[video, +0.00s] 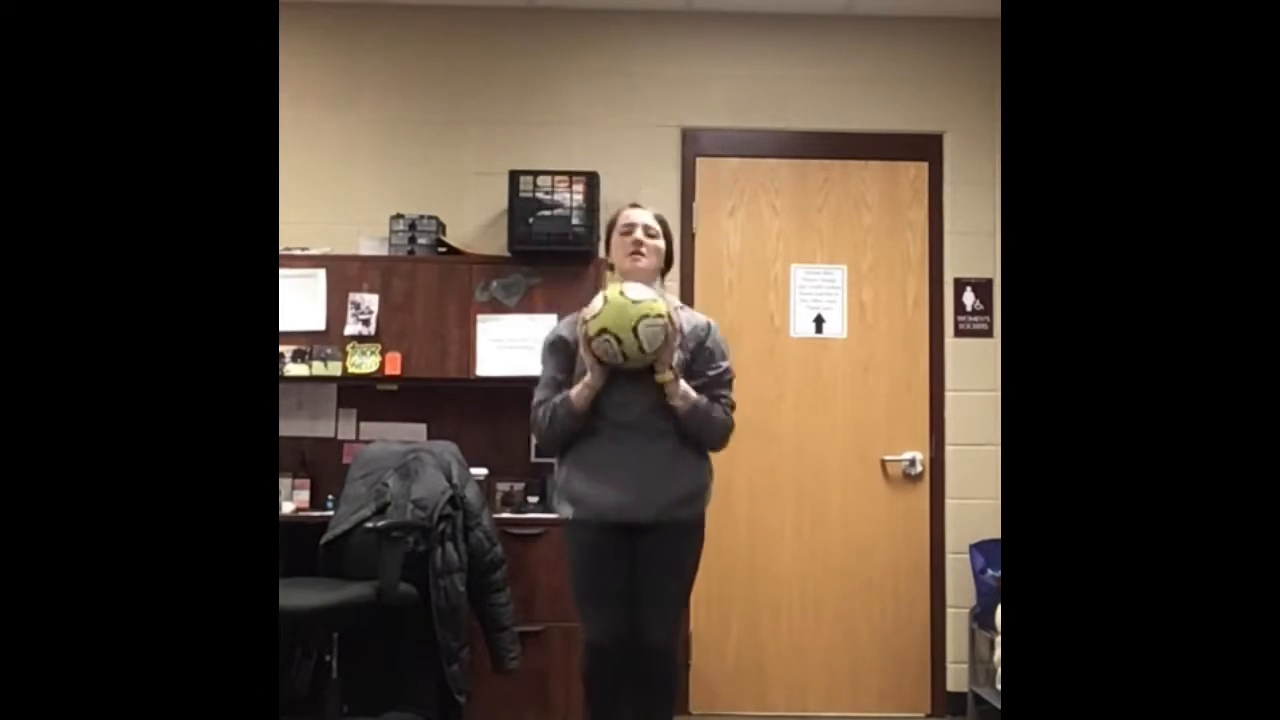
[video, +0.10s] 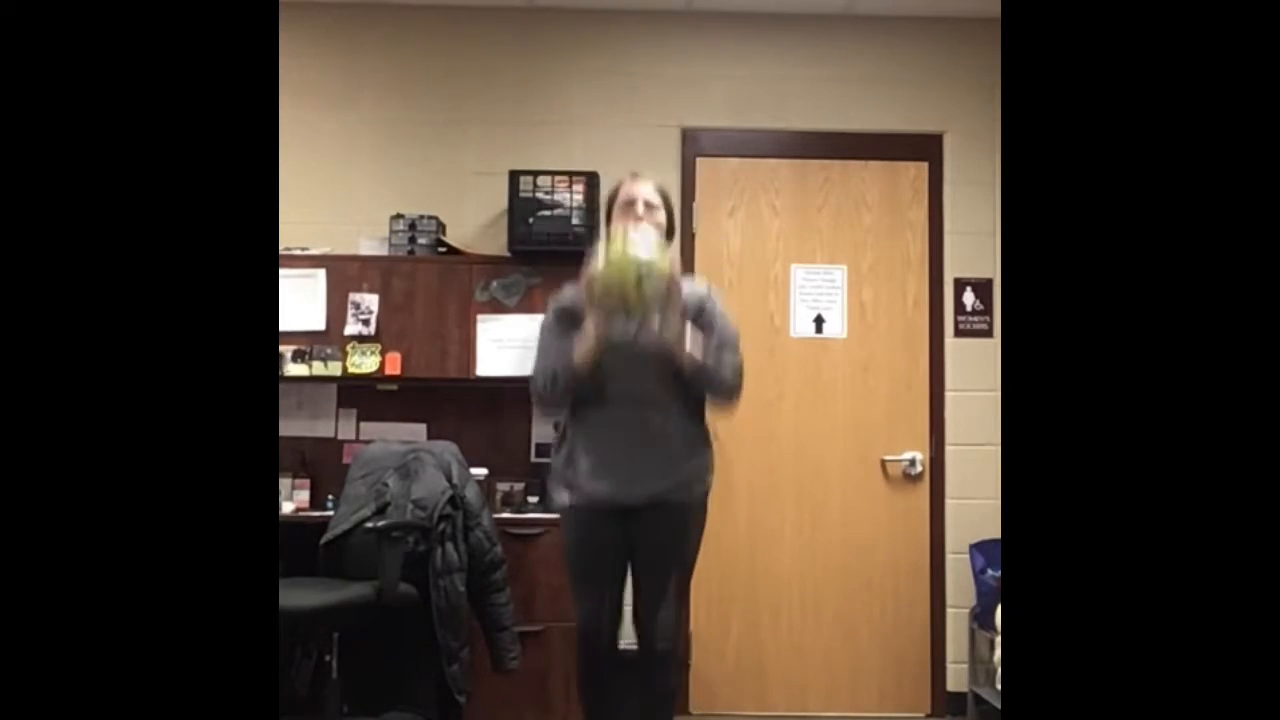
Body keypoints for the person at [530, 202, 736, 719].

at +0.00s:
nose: (640, 238)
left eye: (651, 233)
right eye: (627, 232)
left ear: (666, 254)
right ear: (608, 253)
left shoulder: (698, 331)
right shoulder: (571, 332)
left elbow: (719, 431)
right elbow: (546, 432)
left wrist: (670, 376)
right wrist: (591, 378)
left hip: (673, 515)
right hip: (594, 516)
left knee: (658, 645)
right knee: (605, 645)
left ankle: (656, 718)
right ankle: (606, 718)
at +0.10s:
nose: (641, 216)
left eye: (652, 208)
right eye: (629, 208)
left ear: (668, 224)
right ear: (609, 223)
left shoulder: (695, 301)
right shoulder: (574, 304)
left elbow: (728, 382)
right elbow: (546, 393)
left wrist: (677, 341)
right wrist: (586, 345)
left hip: (673, 493)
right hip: (594, 494)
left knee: (661, 633)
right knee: (595, 631)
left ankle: (660, 715)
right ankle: (600, 714)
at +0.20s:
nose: (642, 191)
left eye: (655, 177)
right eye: (629, 177)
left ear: (674, 180)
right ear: (604, 180)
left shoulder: (685, 253)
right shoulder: (584, 254)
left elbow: (723, 295)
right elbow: (545, 298)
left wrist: (697, 254)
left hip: (673, 446)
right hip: (594, 446)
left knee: (672, 590)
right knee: (583, 588)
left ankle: (675, 706)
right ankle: (577, 708)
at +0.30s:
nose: (643, 196)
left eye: (655, 189)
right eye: (631, 188)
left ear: (672, 205)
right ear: (610, 203)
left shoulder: (693, 267)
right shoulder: (587, 262)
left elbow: (724, 212)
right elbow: (559, 208)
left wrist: (685, 124)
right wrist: (598, 120)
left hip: (671, 444)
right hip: (593, 443)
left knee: (685, 598)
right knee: (568, 598)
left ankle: (703, 708)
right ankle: (538, 709)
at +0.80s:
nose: (629, 212)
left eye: (641, 206)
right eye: (618, 203)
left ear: (658, 228)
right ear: (598, 220)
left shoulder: (674, 288)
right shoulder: (576, 282)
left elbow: (710, 251)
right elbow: (534, 253)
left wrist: (679, 177)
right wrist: (571, 166)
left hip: (658, 467)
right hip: (579, 465)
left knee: (679, 615)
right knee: (541, 615)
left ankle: (709, 712)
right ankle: (486, 711)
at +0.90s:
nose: (621, 218)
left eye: (634, 206)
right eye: (609, 207)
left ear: (656, 213)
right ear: (592, 215)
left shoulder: (683, 275)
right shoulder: (575, 272)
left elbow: (706, 328)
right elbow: (532, 317)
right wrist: (575, 249)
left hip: (659, 459)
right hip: (580, 458)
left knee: (665, 602)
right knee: (562, 593)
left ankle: (674, 711)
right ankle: (548, 710)